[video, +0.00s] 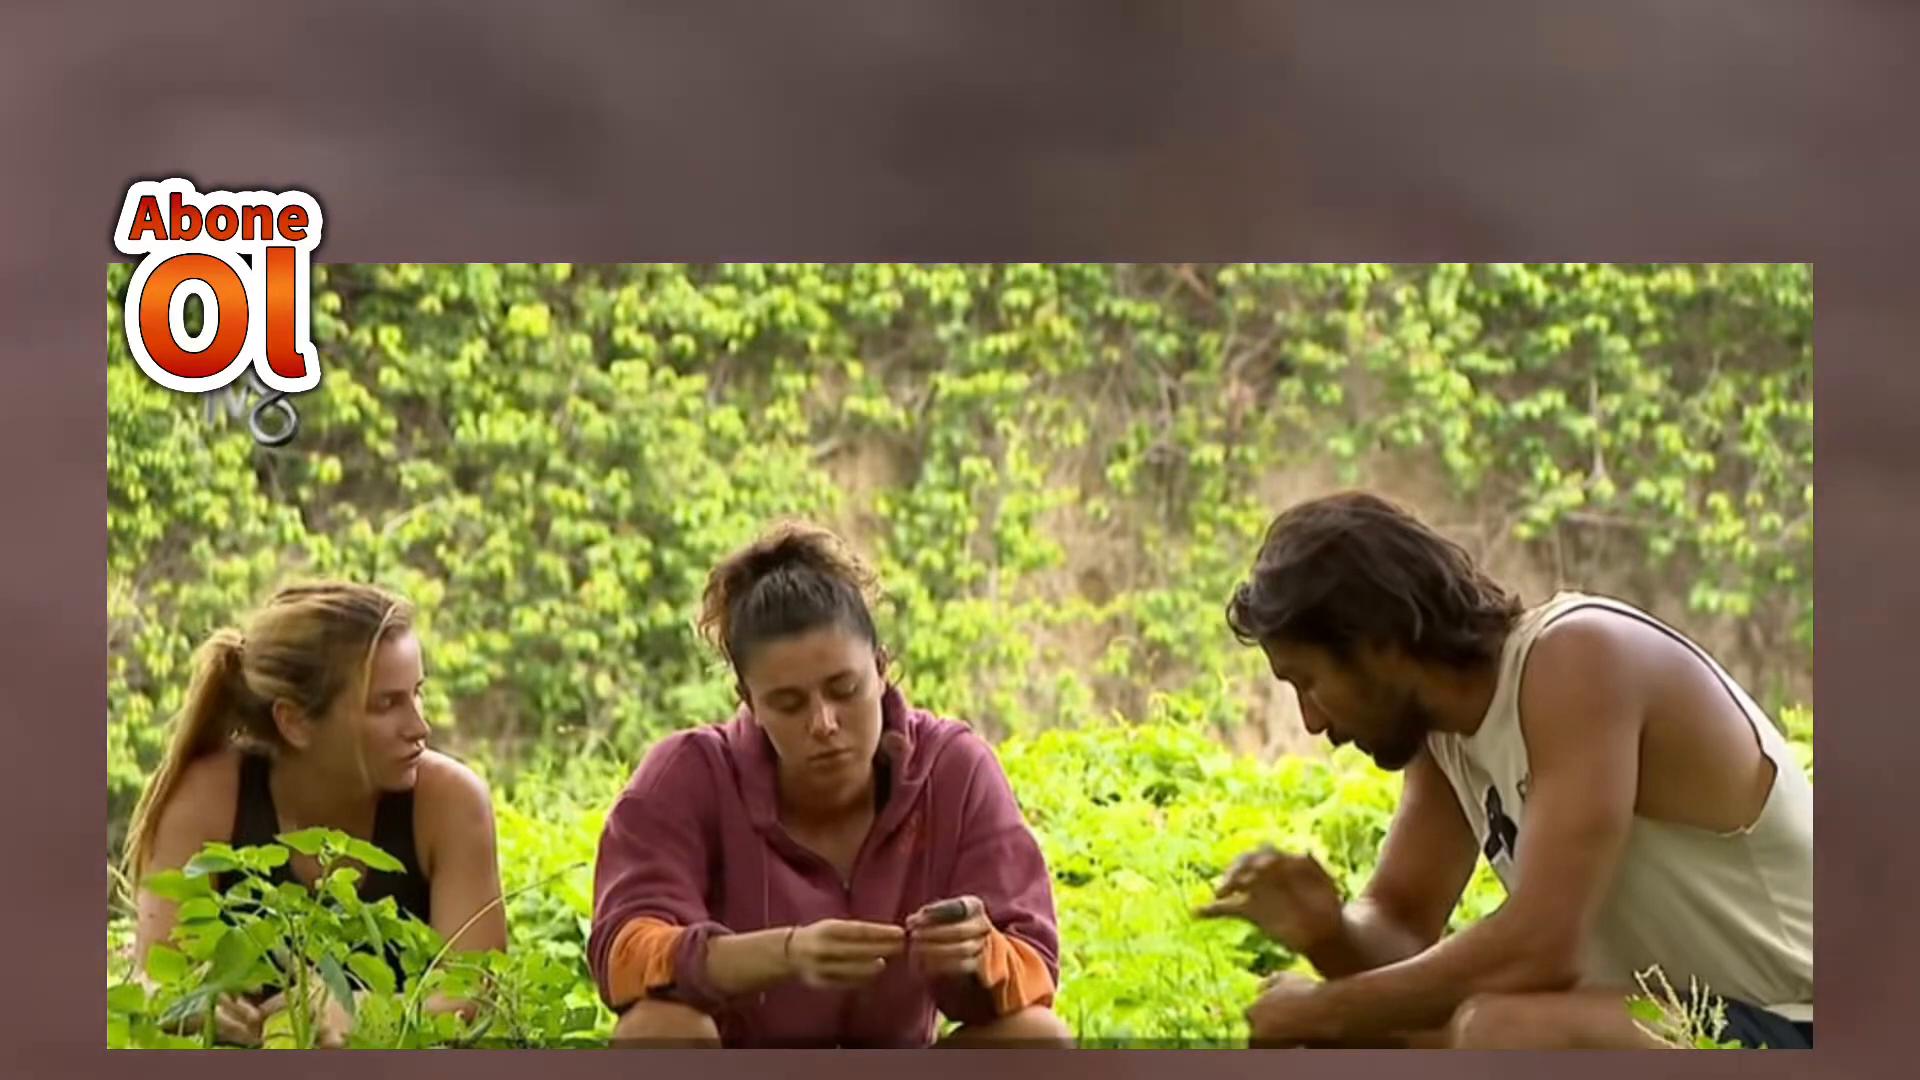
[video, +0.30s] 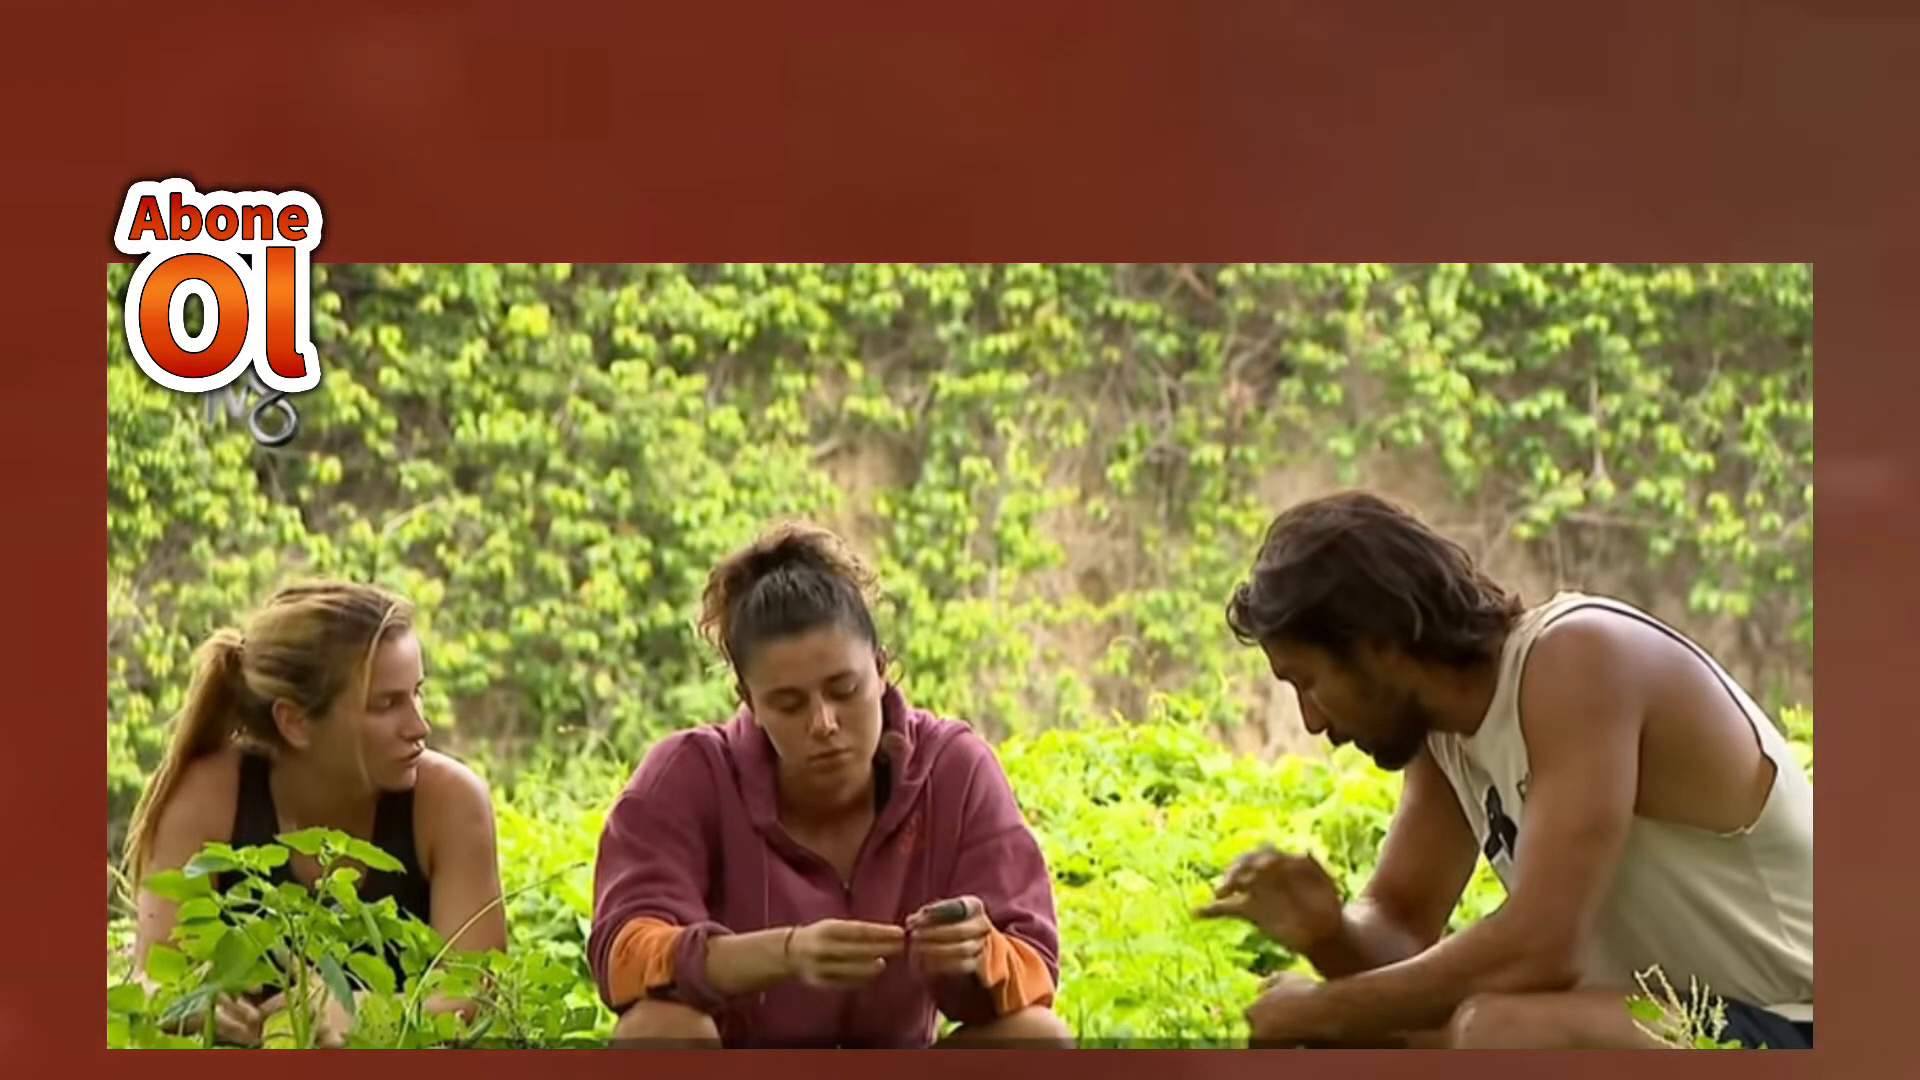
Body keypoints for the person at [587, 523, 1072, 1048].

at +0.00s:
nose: (824, 725)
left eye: (844, 690)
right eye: (789, 703)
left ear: (880, 669)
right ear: (747, 699)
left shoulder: (956, 766)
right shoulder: (688, 772)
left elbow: (1030, 969)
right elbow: (629, 956)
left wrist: (978, 953)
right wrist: (787, 952)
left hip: (897, 1059)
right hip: (738, 1060)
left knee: (1037, 1037)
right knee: (659, 1027)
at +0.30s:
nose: (824, 725)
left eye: (844, 690)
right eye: (789, 703)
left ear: (880, 669)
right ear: (747, 699)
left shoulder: (955, 766)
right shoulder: (687, 773)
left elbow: (1030, 969)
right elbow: (629, 957)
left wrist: (977, 953)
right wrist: (787, 952)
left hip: (898, 1056)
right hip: (738, 1058)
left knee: (1038, 1036)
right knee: (659, 1027)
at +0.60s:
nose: (824, 725)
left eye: (844, 690)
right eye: (789, 703)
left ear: (880, 669)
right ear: (747, 699)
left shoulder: (955, 766)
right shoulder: (687, 773)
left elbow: (1031, 970)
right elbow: (628, 957)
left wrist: (977, 953)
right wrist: (787, 952)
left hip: (900, 1051)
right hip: (739, 1053)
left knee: (1037, 1035)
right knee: (659, 1026)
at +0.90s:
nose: (824, 725)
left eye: (844, 690)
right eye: (789, 703)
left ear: (880, 669)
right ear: (747, 698)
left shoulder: (955, 766)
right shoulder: (687, 773)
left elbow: (1031, 970)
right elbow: (629, 957)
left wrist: (978, 952)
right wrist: (787, 952)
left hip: (897, 1062)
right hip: (737, 1063)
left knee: (1038, 1036)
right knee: (659, 1027)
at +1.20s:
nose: (824, 725)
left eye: (844, 690)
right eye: (789, 703)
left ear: (880, 669)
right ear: (747, 699)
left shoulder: (955, 766)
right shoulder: (687, 773)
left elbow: (1031, 970)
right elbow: (629, 957)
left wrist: (978, 953)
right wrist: (787, 952)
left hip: (898, 1047)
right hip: (739, 1052)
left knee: (1037, 1034)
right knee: (659, 1026)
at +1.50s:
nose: (824, 725)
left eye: (844, 690)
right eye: (789, 703)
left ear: (880, 669)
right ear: (747, 699)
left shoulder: (955, 766)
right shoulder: (687, 774)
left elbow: (1031, 971)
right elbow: (629, 957)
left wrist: (977, 953)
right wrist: (787, 952)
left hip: (899, 1043)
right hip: (739, 1044)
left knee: (1037, 1034)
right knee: (659, 1025)